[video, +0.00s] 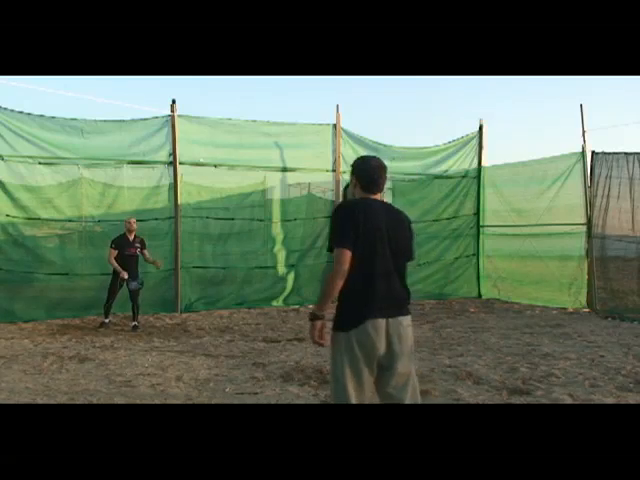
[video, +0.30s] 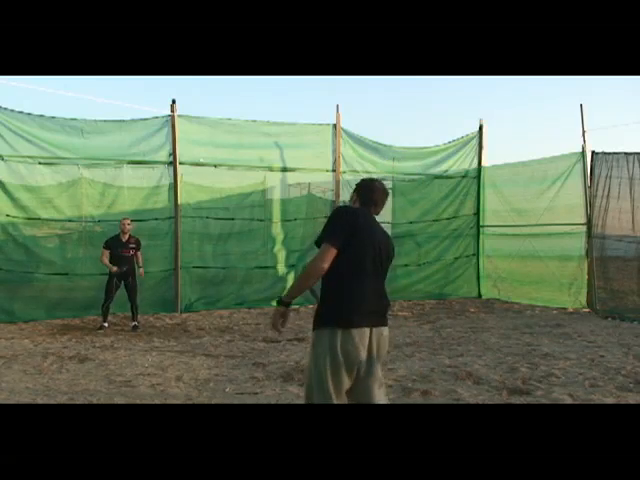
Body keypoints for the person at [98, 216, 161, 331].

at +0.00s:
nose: (132, 225)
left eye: (134, 223)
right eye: (129, 223)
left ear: (136, 225)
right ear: (125, 225)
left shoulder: (140, 241)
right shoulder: (117, 241)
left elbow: (146, 256)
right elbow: (111, 258)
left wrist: (154, 262)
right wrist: (121, 271)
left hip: (133, 273)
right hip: (119, 273)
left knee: (135, 300)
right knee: (110, 298)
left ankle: (135, 322)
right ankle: (106, 319)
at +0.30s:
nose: (126, 227)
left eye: (128, 225)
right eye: (123, 225)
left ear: (131, 226)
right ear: (120, 226)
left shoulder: (135, 241)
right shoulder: (111, 241)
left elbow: (138, 254)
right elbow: (104, 258)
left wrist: (140, 267)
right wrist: (111, 267)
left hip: (130, 272)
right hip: (116, 272)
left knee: (133, 298)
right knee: (108, 298)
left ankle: (135, 321)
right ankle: (104, 322)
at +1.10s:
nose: (114, 224)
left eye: (116, 222)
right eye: (112, 223)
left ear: (120, 225)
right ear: (110, 226)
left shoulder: (126, 239)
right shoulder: (106, 239)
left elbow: (135, 244)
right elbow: (97, 238)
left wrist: (129, 233)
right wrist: (97, 222)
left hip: (123, 272)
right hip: (109, 272)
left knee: (128, 298)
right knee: (104, 298)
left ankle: (132, 323)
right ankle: (104, 322)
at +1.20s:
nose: (114, 226)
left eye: (117, 224)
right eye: (113, 224)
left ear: (120, 226)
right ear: (110, 225)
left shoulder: (125, 238)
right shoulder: (105, 237)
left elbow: (133, 247)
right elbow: (105, 248)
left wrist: (127, 237)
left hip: (122, 272)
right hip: (108, 272)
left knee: (127, 297)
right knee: (103, 298)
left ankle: (132, 322)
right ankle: (104, 322)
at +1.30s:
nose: (117, 226)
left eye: (119, 224)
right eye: (115, 224)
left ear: (123, 226)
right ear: (112, 226)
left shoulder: (125, 241)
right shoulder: (106, 241)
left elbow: (135, 253)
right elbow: (103, 259)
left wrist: (132, 244)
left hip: (121, 270)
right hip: (107, 270)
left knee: (127, 297)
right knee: (104, 297)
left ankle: (132, 323)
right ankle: (103, 322)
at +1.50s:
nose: (118, 227)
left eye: (120, 225)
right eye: (116, 225)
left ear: (123, 227)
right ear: (112, 227)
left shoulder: (127, 241)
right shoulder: (105, 242)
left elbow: (133, 253)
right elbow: (99, 260)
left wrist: (137, 259)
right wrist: (108, 275)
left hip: (122, 274)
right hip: (108, 274)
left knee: (128, 299)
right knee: (104, 300)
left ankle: (132, 323)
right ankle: (103, 323)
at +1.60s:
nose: (118, 227)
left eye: (120, 225)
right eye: (116, 225)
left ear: (123, 227)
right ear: (112, 226)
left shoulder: (128, 242)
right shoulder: (104, 242)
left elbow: (134, 254)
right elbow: (97, 260)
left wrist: (135, 260)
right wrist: (104, 272)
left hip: (123, 275)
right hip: (108, 275)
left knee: (128, 300)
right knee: (104, 301)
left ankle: (132, 323)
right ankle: (103, 323)